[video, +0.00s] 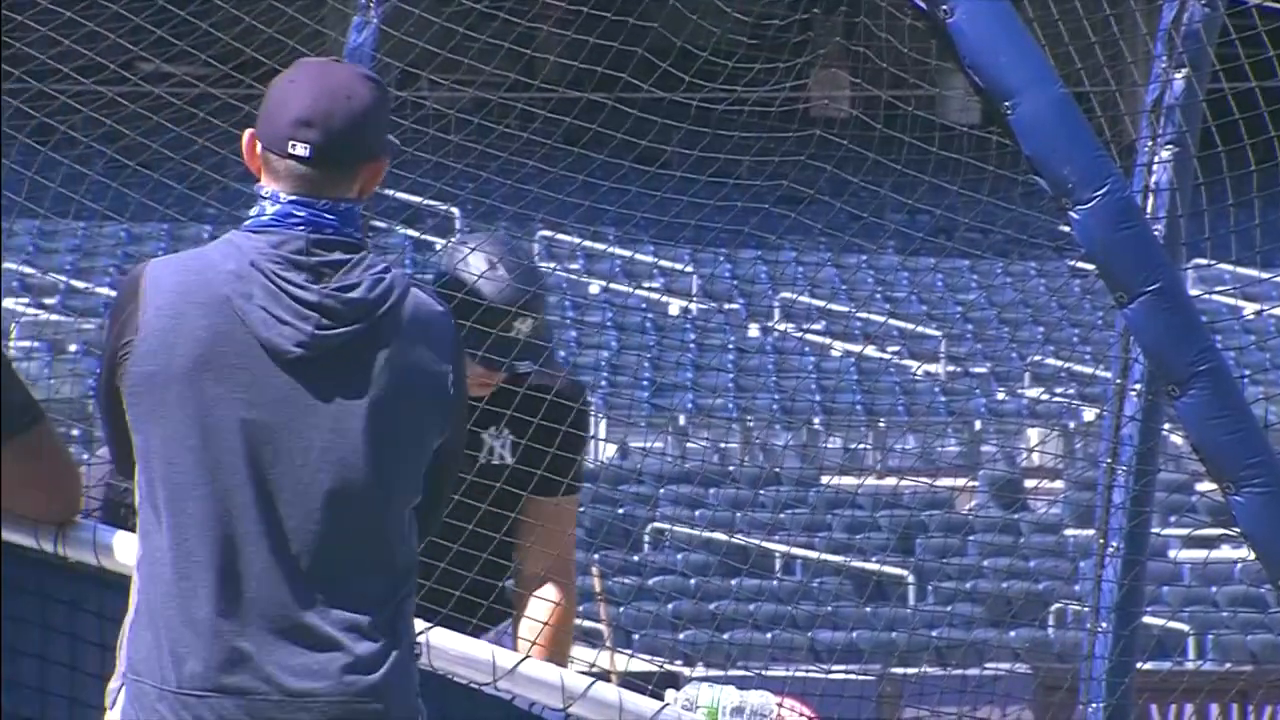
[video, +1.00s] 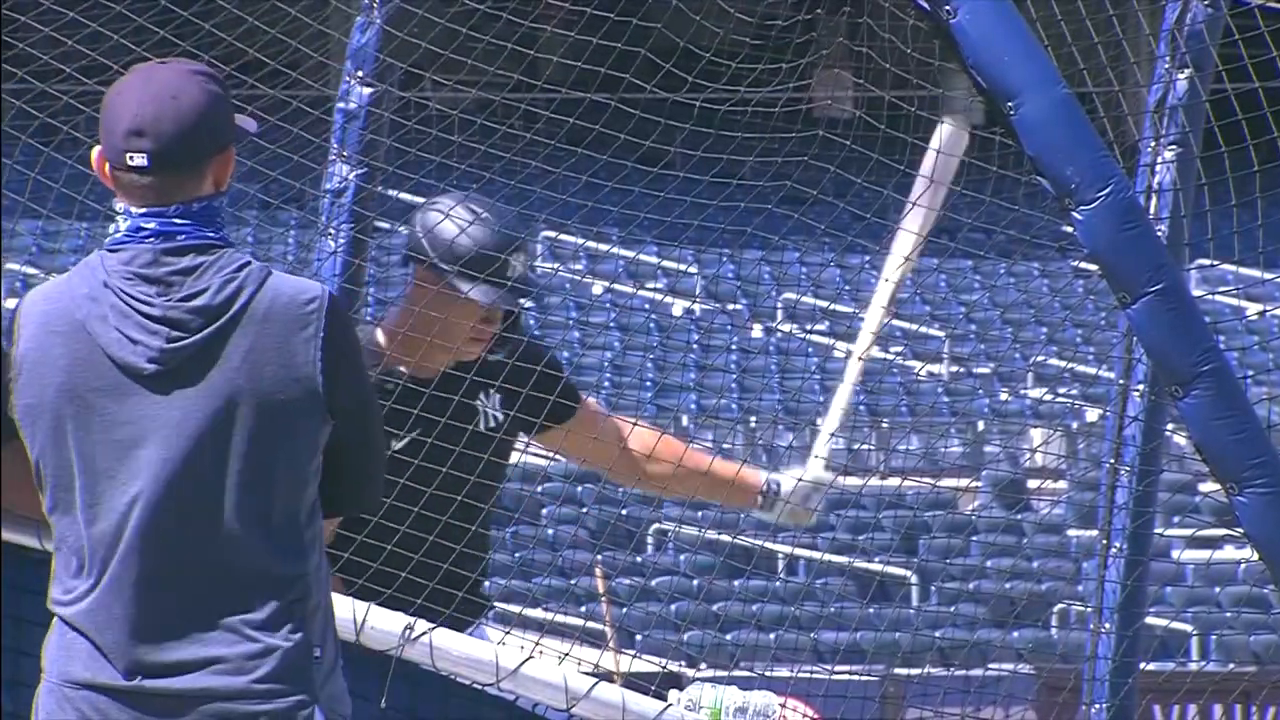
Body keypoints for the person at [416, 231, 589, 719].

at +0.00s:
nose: (495, 369)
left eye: (514, 355)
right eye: (480, 349)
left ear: (534, 341)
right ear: (433, 323)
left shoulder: (552, 405)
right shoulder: (384, 370)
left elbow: (546, 573)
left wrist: (533, 697)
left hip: (470, 645)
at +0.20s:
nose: (513, 354)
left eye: (528, 339)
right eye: (500, 334)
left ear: (547, 318)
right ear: (452, 297)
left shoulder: (561, 391)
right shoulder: (381, 353)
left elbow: (560, 560)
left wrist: (573, 689)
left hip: (489, 637)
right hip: (368, 619)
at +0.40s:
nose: (467, 342)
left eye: (478, 324)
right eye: (453, 320)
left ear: (490, 315)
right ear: (398, 290)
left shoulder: (497, 376)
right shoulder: (321, 356)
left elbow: (546, 533)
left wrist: (622, 666)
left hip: (437, 650)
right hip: (313, 632)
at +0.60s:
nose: (427, 325)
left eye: (438, 307)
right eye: (414, 304)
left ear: (450, 295)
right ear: (354, 276)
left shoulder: (452, 353)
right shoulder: (286, 347)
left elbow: (533, 473)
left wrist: (660, 548)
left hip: (418, 618)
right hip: (302, 612)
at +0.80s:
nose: (443, 316)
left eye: (451, 299)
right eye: (429, 296)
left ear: (463, 293)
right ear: (370, 274)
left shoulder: (463, 355)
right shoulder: (296, 351)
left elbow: (568, 434)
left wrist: (715, 469)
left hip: (423, 631)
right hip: (305, 620)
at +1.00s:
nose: (493, 322)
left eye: (503, 304)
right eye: (479, 300)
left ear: (512, 301)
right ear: (421, 282)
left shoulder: (513, 369)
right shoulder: (339, 368)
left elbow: (630, 452)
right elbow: (301, 520)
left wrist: (768, 492)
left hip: (447, 657)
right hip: (334, 646)